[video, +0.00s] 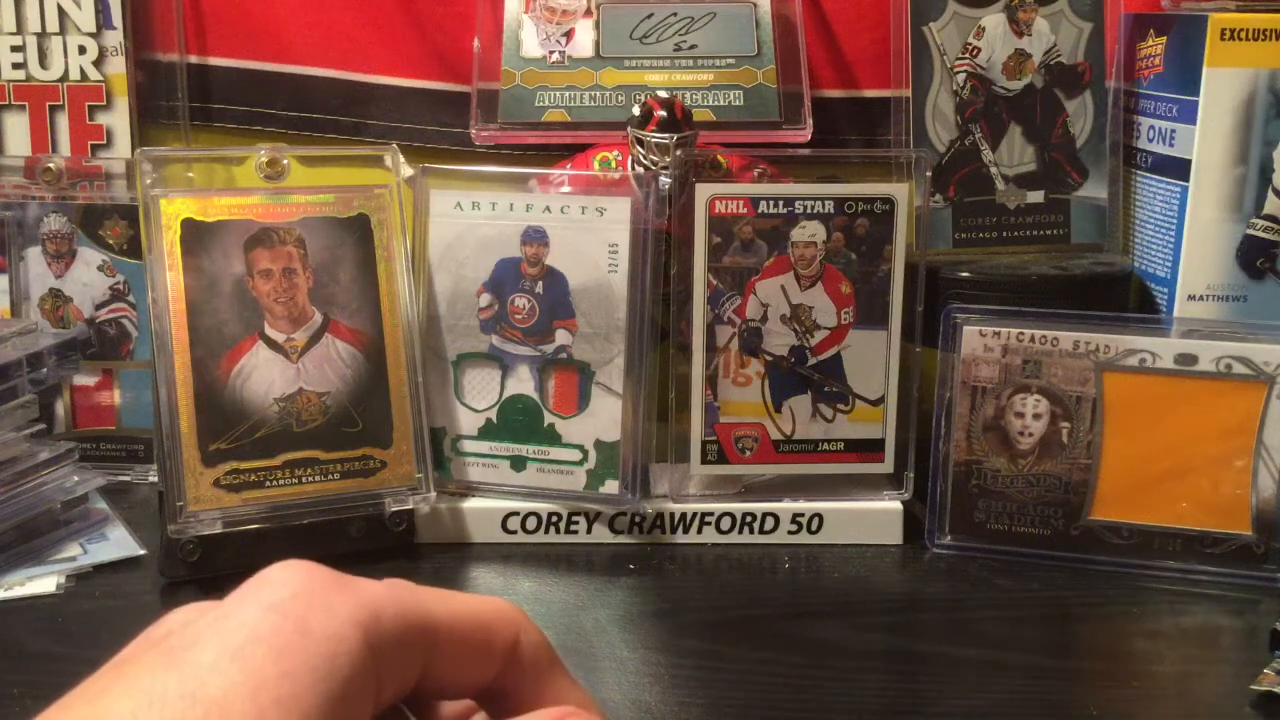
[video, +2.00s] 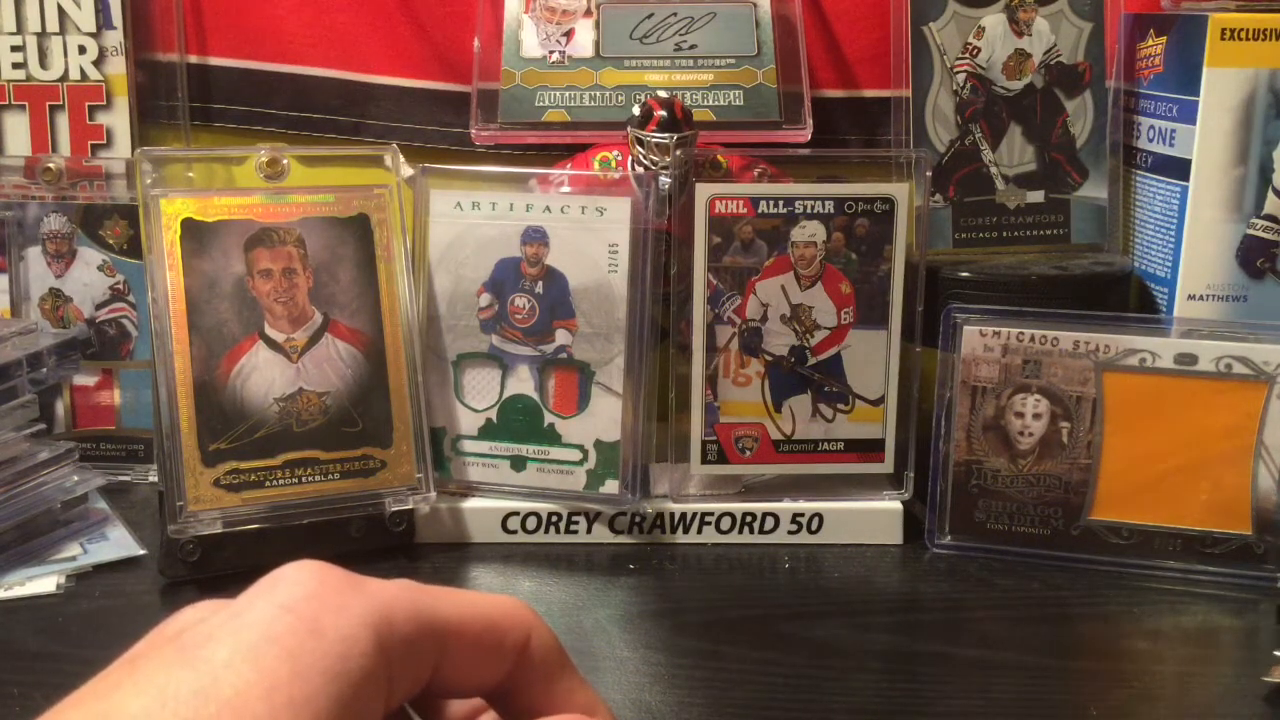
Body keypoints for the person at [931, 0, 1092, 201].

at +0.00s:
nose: (1030, 17)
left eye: (1033, 11)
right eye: (1024, 11)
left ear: (1037, 10)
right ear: (1011, 9)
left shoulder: (1041, 27)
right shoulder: (990, 26)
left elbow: (1051, 56)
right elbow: (965, 63)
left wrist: (1064, 75)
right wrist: (968, 97)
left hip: (1025, 92)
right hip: (992, 94)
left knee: (1055, 120)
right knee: (979, 139)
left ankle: (1063, 174)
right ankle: (944, 183)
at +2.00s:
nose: (1030, 16)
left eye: (1033, 11)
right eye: (1024, 11)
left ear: (1037, 10)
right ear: (1011, 9)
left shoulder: (1041, 28)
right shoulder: (990, 26)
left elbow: (1051, 62)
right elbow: (965, 63)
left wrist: (1069, 75)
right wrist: (970, 99)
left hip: (1026, 91)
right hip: (992, 93)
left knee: (1056, 124)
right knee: (980, 138)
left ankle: (1063, 176)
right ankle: (942, 184)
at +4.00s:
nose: (1029, 16)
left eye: (1033, 10)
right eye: (1023, 10)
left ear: (1037, 11)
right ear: (1010, 9)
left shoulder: (1041, 27)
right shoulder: (990, 26)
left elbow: (1050, 63)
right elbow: (965, 62)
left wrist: (1069, 75)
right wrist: (970, 97)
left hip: (1025, 92)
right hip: (992, 93)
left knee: (1055, 118)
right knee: (982, 136)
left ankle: (1062, 174)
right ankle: (943, 182)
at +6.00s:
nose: (1029, 16)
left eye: (1033, 10)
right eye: (1024, 10)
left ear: (1037, 10)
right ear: (1011, 8)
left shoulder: (1041, 27)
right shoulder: (990, 26)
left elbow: (1050, 59)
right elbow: (965, 62)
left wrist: (1068, 73)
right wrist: (968, 96)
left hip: (1027, 91)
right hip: (993, 93)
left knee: (1057, 122)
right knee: (979, 138)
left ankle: (1062, 176)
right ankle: (943, 185)